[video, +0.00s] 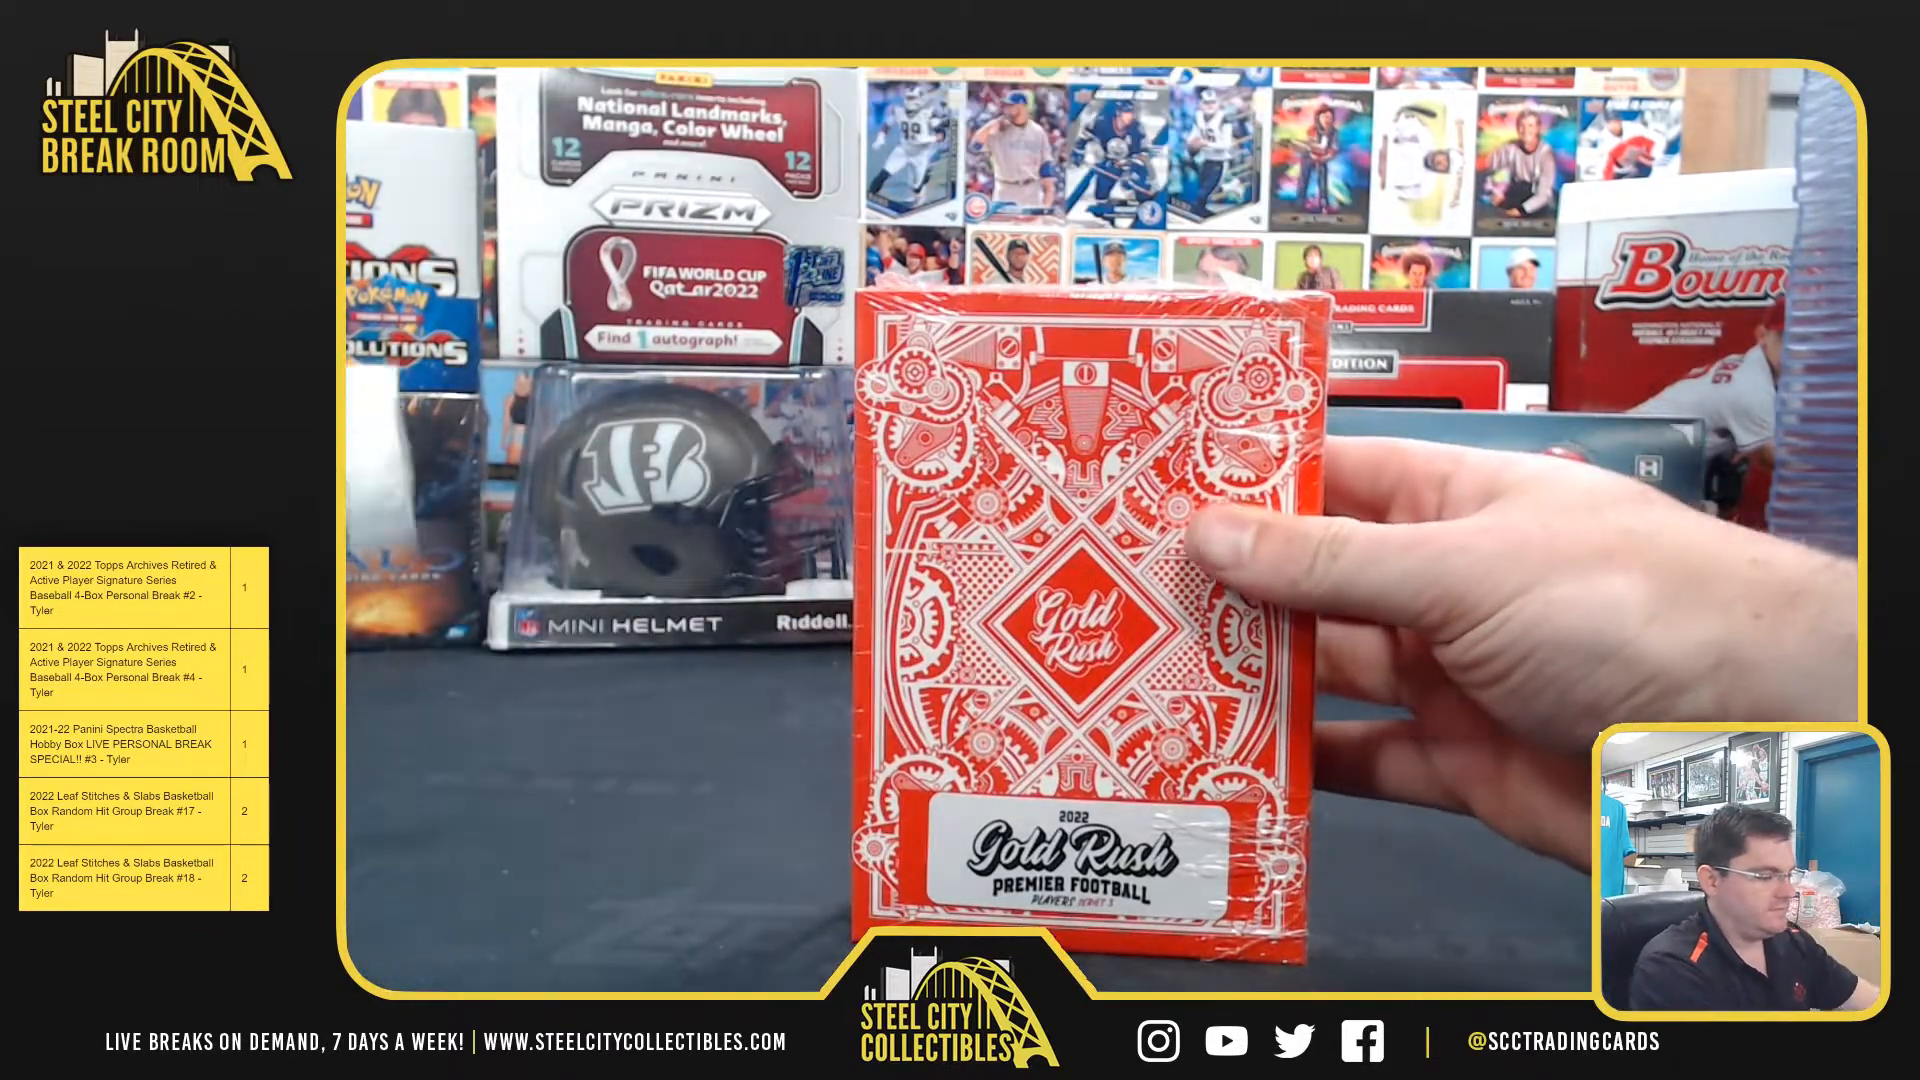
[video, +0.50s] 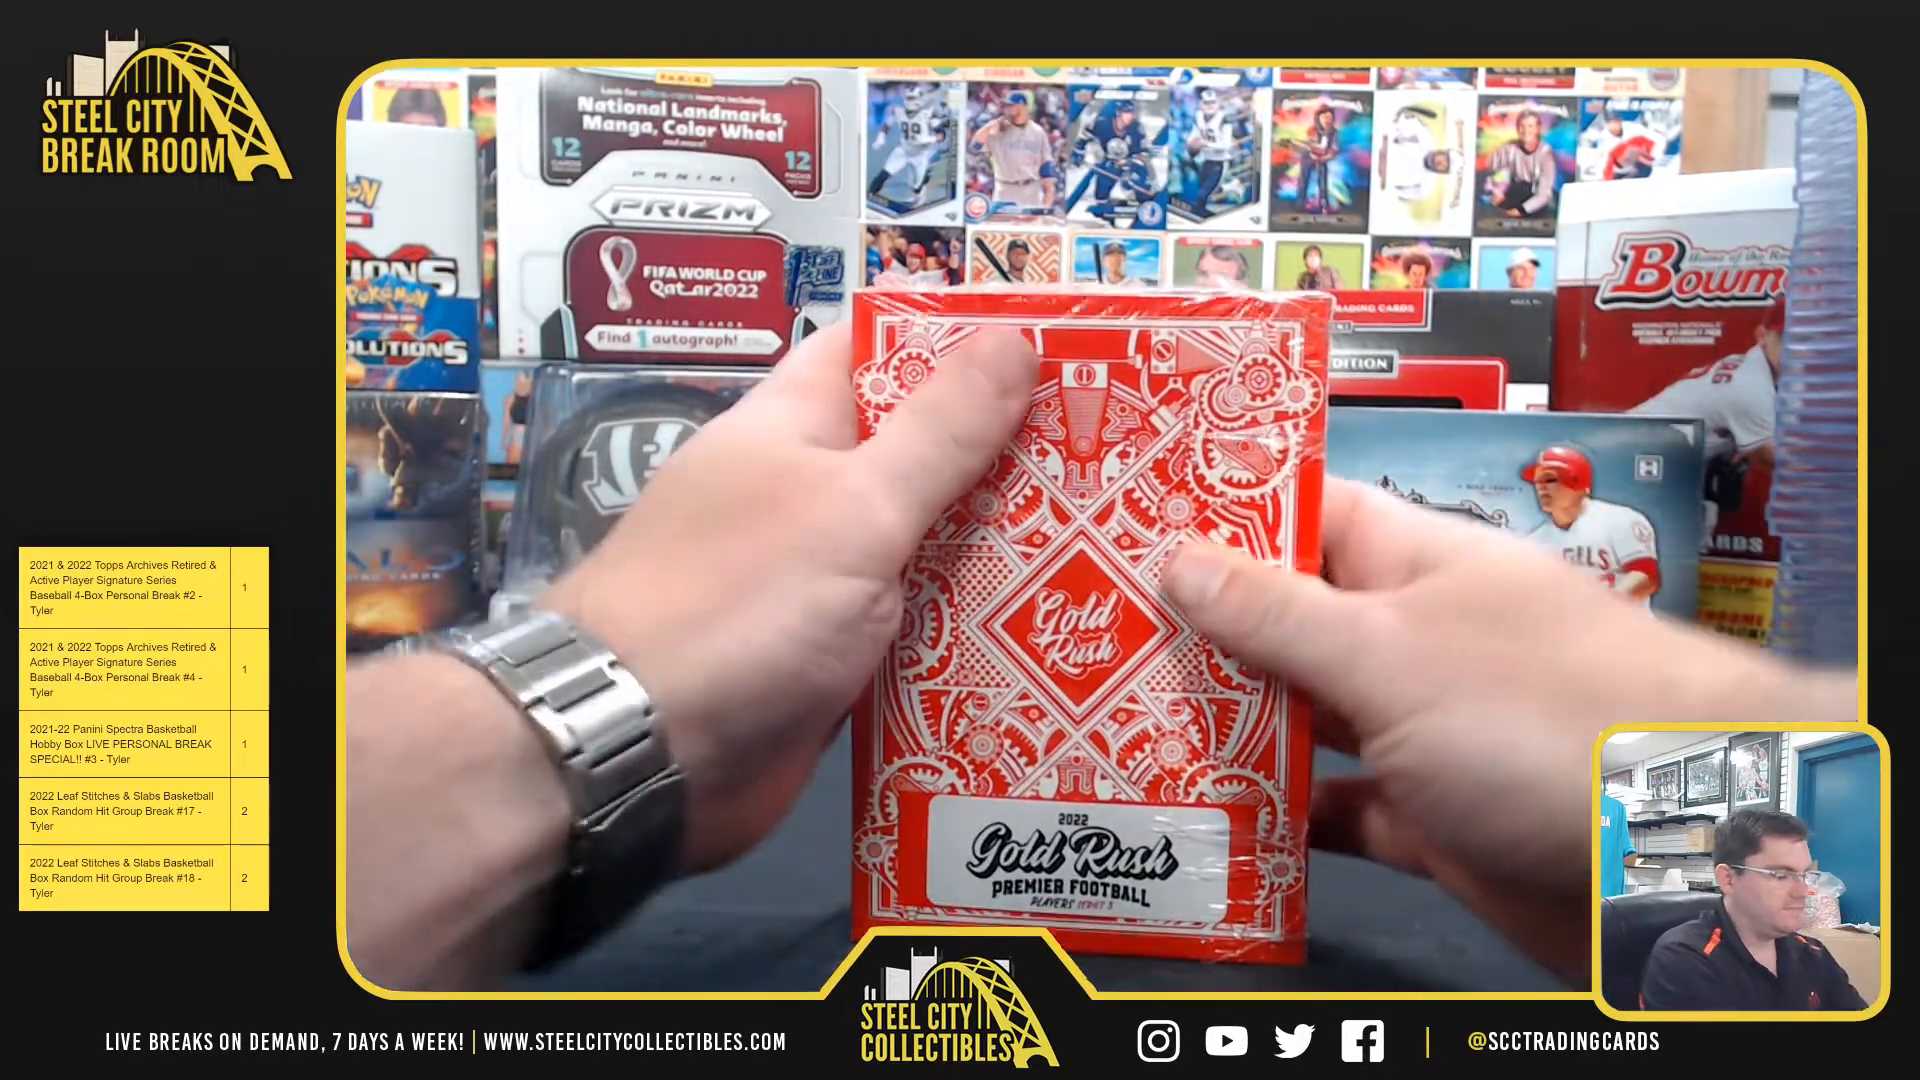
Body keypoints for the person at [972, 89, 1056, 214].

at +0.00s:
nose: (1007, 111)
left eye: (1011, 106)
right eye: (1006, 106)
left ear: (1022, 107)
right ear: (1005, 108)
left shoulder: (1038, 132)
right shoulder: (997, 129)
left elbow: (1046, 166)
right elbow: (974, 147)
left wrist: (1049, 197)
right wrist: (991, 127)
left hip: (1031, 186)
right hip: (1004, 186)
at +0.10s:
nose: (1007, 111)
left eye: (1011, 106)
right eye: (1006, 106)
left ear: (1023, 107)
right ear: (1005, 108)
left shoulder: (1038, 132)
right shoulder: (997, 129)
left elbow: (1046, 166)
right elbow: (974, 147)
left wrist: (1048, 198)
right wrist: (991, 127)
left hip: (1031, 186)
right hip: (1004, 186)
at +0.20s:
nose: (1007, 111)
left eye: (1011, 106)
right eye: (1006, 106)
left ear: (1022, 107)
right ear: (1005, 108)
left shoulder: (1038, 132)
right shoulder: (997, 129)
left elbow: (1046, 166)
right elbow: (974, 147)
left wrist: (1048, 198)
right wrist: (991, 127)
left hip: (1031, 186)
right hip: (1004, 186)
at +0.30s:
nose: (1007, 111)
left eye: (1011, 106)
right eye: (1006, 106)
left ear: (1022, 107)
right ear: (1005, 108)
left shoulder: (1038, 132)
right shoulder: (997, 129)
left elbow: (1046, 166)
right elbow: (974, 147)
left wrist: (1048, 199)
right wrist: (991, 127)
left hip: (1031, 186)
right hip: (1004, 186)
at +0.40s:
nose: (1007, 111)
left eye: (1011, 106)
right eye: (1006, 106)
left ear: (1022, 107)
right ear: (1005, 108)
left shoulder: (1038, 132)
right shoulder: (997, 129)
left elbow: (1046, 166)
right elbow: (974, 148)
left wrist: (1048, 198)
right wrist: (991, 128)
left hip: (1031, 186)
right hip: (1004, 186)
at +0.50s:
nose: (1007, 111)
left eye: (1011, 106)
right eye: (1006, 106)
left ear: (1022, 107)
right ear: (1005, 108)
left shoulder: (1038, 132)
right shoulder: (997, 129)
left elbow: (1046, 166)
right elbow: (974, 148)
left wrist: (1048, 198)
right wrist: (991, 127)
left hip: (1031, 187)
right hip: (1004, 186)